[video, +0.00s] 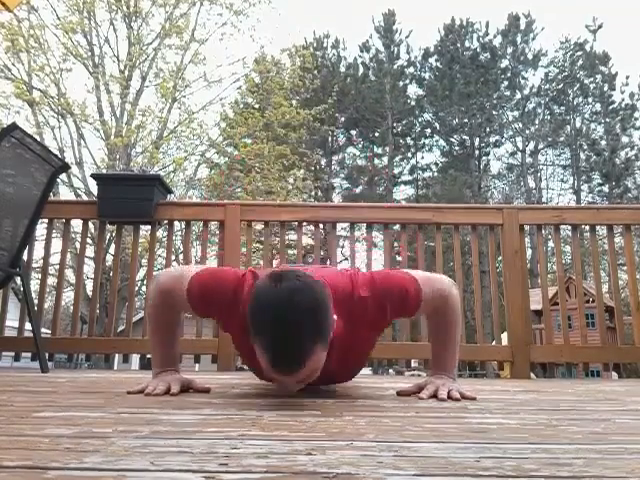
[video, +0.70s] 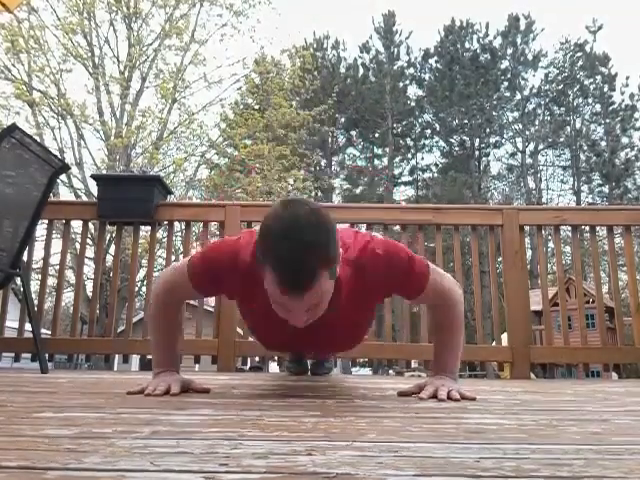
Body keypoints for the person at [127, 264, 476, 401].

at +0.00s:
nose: (290, 388)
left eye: (305, 377)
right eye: (273, 379)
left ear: (332, 328)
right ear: (248, 326)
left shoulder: (366, 295)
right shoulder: (231, 293)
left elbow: (443, 292)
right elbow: (165, 286)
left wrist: (443, 373)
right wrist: (165, 369)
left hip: (336, 366)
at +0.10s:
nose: (294, 378)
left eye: (307, 368)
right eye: (277, 370)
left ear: (331, 323)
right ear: (249, 323)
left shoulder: (366, 291)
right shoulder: (231, 289)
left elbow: (443, 294)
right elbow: (164, 287)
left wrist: (443, 374)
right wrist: (166, 369)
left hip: (336, 366)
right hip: (262, 363)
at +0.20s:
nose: (294, 320)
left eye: (306, 310)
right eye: (279, 311)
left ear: (330, 274)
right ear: (256, 276)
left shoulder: (367, 265)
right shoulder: (230, 263)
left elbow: (443, 293)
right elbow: (165, 290)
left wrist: (444, 375)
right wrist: (165, 370)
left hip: (338, 332)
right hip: (270, 337)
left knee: (328, 348)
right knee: (287, 352)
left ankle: (324, 357)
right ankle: (297, 356)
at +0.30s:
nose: (295, 278)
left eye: (307, 267)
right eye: (281, 268)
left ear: (333, 237)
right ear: (260, 240)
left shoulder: (370, 241)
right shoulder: (231, 242)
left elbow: (440, 293)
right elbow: (171, 289)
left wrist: (443, 376)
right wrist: (166, 369)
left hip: (336, 316)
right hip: (280, 319)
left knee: (326, 341)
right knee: (292, 343)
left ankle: (321, 357)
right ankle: (297, 356)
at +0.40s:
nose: (297, 239)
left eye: (311, 227)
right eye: (283, 227)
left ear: (333, 197)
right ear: (262, 201)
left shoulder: (374, 218)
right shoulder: (234, 218)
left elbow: (432, 291)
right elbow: (182, 287)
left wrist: (443, 375)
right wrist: (168, 371)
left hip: (337, 305)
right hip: (280, 304)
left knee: (326, 335)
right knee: (292, 336)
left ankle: (322, 356)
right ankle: (295, 357)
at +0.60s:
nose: (300, 229)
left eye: (314, 217)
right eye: (286, 217)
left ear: (335, 186)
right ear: (267, 189)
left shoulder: (375, 211)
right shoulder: (236, 212)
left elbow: (430, 293)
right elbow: (184, 286)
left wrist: (442, 375)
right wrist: (167, 370)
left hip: (338, 306)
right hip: (282, 306)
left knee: (327, 337)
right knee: (293, 340)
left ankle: (322, 358)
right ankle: (297, 358)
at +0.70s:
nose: (298, 314)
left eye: (312, 302)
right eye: (283, 303)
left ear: (335, 268)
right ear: (263, 271)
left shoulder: (375, 259)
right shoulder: (236, 259)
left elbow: (447, 296)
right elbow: (165, 290)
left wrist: (444, 375)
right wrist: (165, 370)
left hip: (338, 334)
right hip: (272, 334)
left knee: (323, 349)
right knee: (287, 349)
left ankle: (319, 357)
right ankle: (295, 355)